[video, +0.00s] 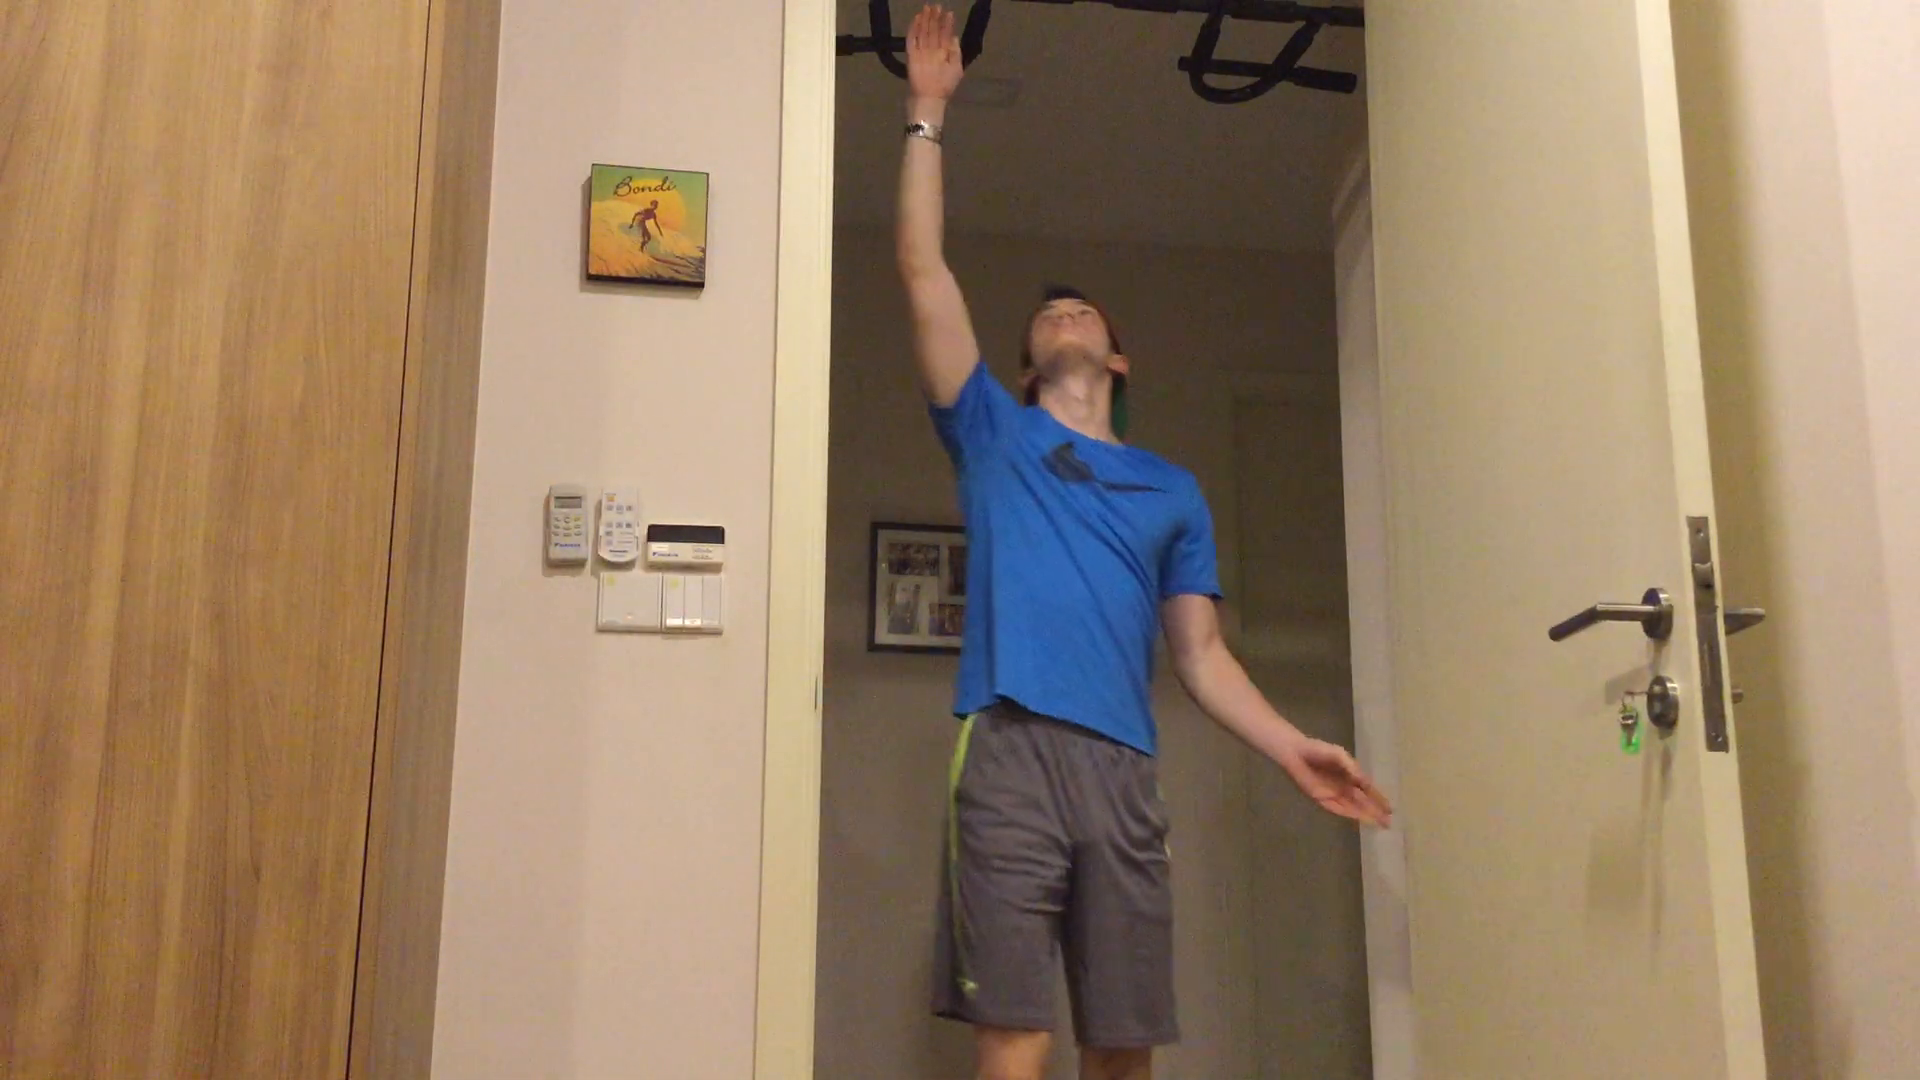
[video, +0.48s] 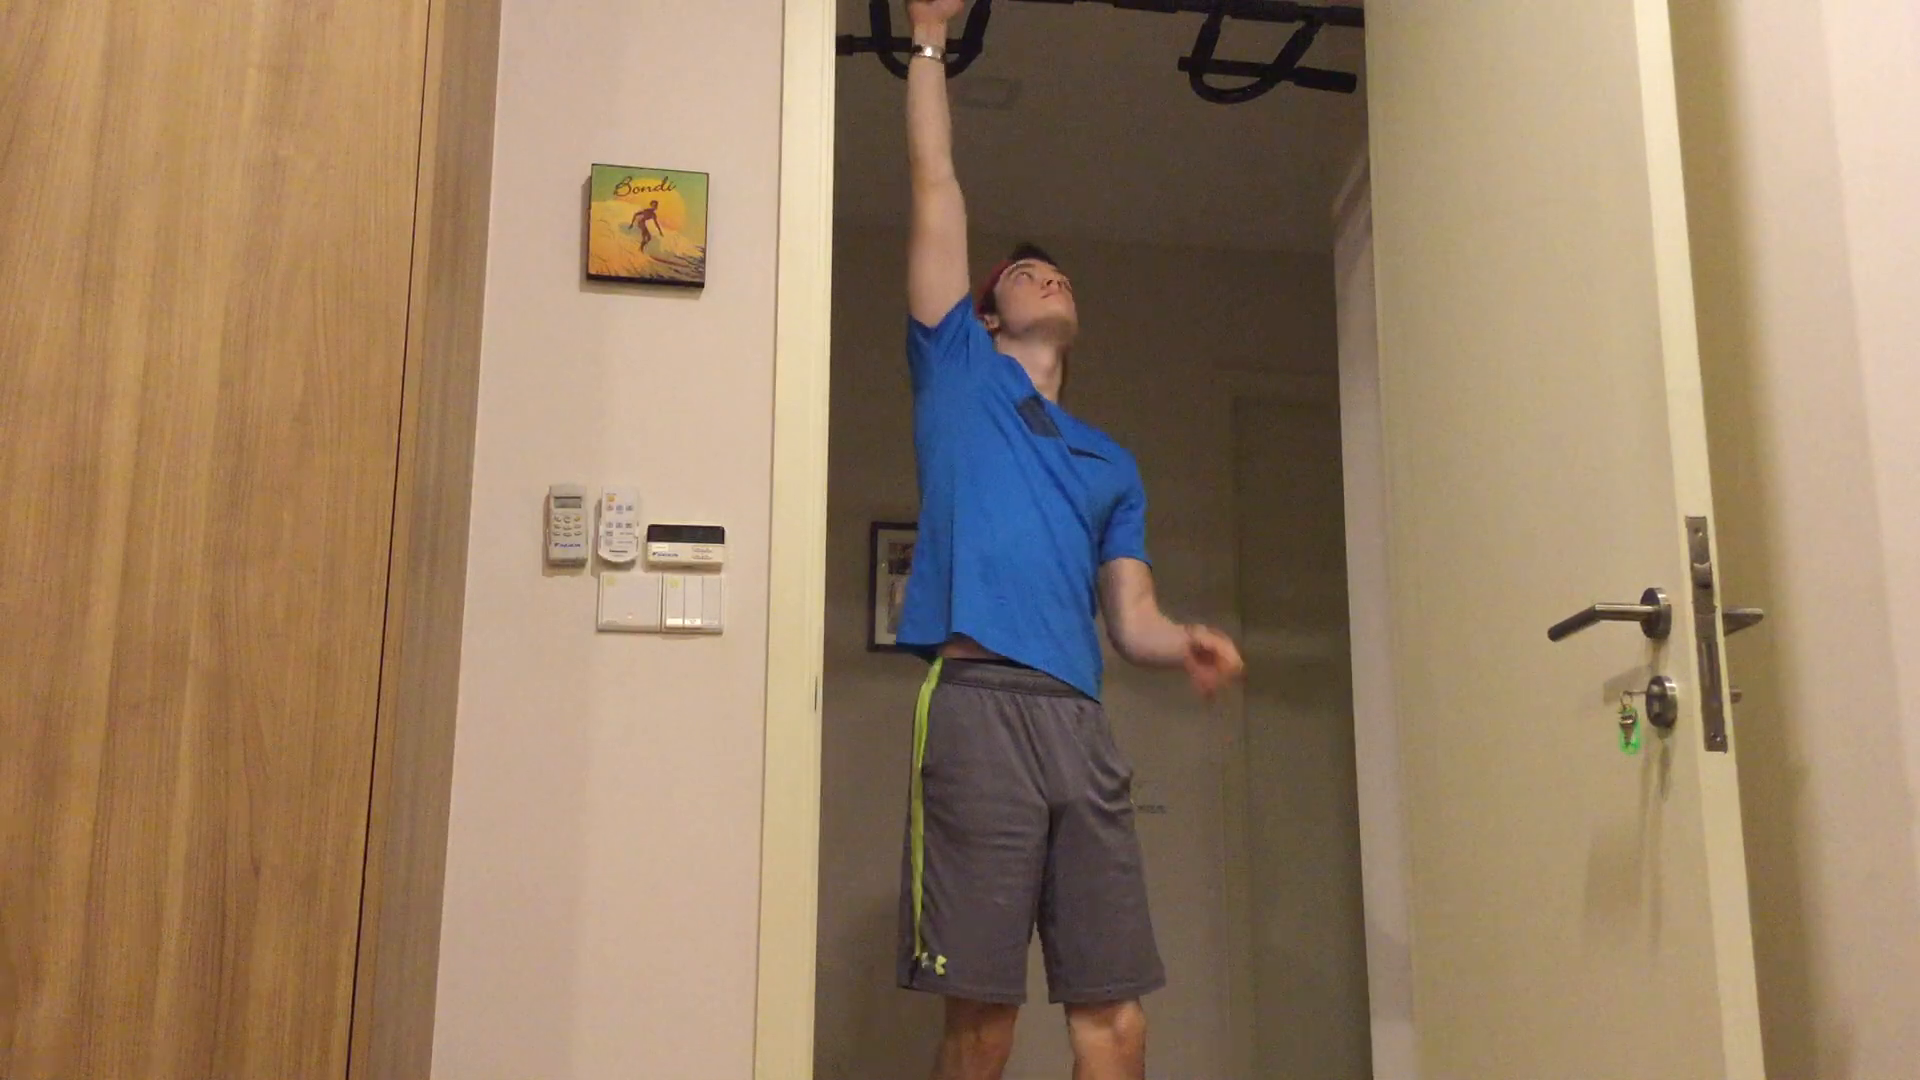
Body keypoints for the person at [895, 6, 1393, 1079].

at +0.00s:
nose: (1061, 313)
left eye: (1080, 311)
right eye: (1047, 314)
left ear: (1116, 357)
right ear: (1024, 361)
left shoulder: (1171, 492)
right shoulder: (992, 430)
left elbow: (1203, 651)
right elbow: (921, 265)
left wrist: (1294, 750)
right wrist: (927, 109)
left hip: (1121, 767)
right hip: (1007, 754)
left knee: (1122, 1046)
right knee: (1015, 1036)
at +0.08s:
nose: (1055, 303)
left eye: (1072, 303)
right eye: (1039, 305)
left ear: (1105, 350)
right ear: (1014, 354)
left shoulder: (1159, 481)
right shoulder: (983, 416)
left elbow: (1193, 640)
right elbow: (916, 251)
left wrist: (1277, 735)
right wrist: (926, 96)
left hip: (1113, 758)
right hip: (999, 745)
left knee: (1121, 1042)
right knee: (1004, 1037)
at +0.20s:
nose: (1041, 289)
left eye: (1059, 288)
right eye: (1027, 291)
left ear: (1093, 343)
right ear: (1002, 339)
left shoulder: (1139, 468)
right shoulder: (968, 392)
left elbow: (1171, 626)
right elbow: (930, 222)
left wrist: (1245, 705)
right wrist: (924, 74)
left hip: (1102, 742)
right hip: (987, 728)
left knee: (1119, 1043)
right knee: (996, 1040)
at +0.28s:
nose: (1038, 281)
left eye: (1054, 281)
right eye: (1024, 283)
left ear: (1086, 338)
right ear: (995, 329)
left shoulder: (1126, 463)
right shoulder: (964, 379)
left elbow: (1155, 622)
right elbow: (936, 203)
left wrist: (1227, 690)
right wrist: (925, 56)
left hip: (1096, 734)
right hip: (984, 718)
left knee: (1118, 1034)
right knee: (988, 1037)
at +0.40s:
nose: (1036, 275)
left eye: (1052, 276)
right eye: (1021, 277)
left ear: (1082, 335)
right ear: (992, 320)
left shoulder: (1115, 463)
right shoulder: (958, 369)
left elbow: (1137, 619)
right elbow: (935, 189)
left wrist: (1201, 665)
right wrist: (928, 45)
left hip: (1087, 726)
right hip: (979, 713)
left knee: (1114, 1007)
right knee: (983, 1010)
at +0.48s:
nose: (1037, 273)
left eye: (1051, 273)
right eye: (1021, 273)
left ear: (1076, 327)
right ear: (988, 315)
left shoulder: (1110, 461)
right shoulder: (955, 362)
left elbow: (1132, 618)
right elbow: (933, 184)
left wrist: (1185, 643)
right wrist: (928, 39)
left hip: (1081, 720)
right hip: (977, 707)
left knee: (1112, 1014)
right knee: (984, 1012)